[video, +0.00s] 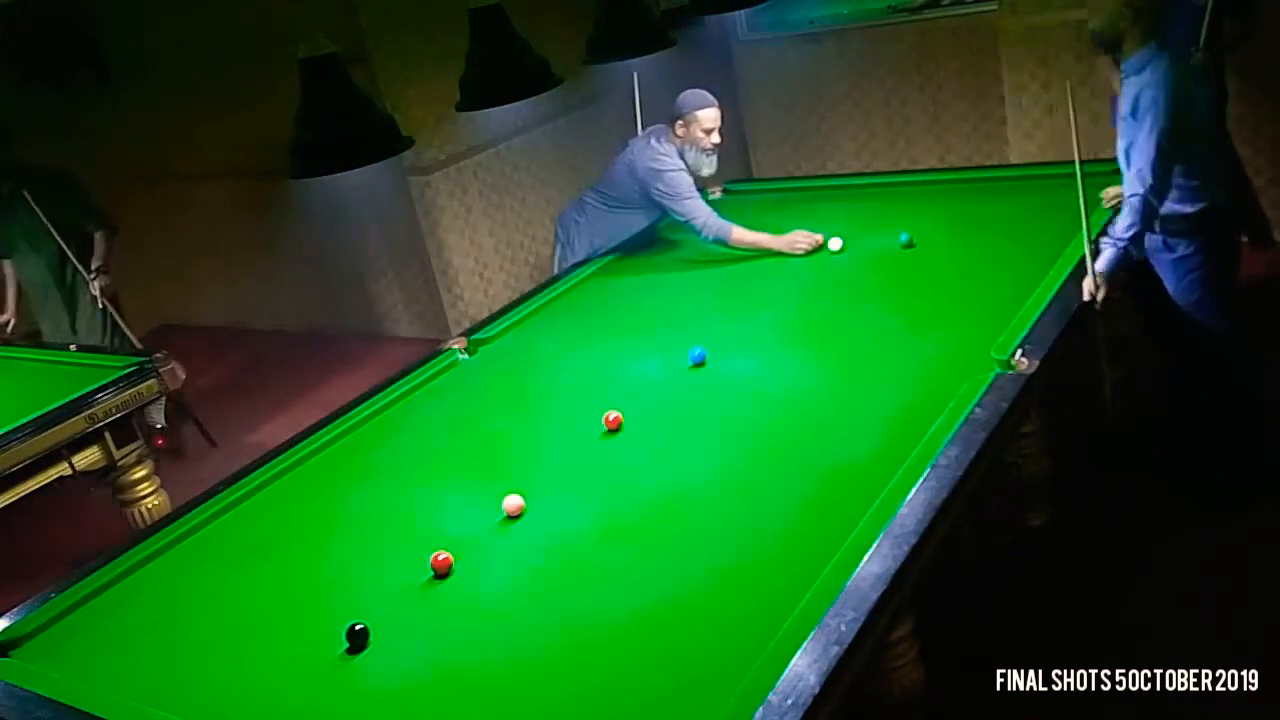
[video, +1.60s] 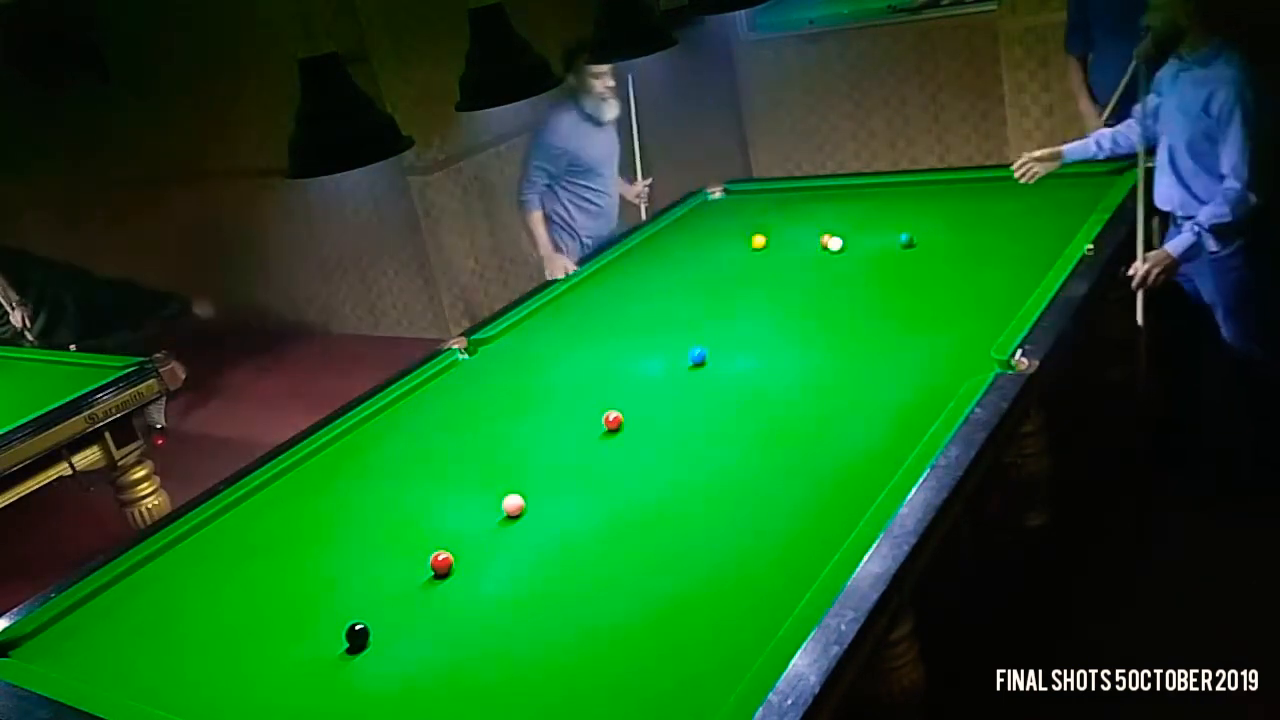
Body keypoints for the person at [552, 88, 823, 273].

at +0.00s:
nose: (716, 141)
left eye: (718, 131)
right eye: (708, 132)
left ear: (683, 129)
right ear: (680, 130)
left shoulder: (670, 136)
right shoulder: (661, 163)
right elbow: (709, 226)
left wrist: (701, 185)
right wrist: (778, 242)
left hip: (625, 232)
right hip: (586, 239)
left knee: (614, 311)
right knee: (577, 318)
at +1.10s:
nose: (709, 130)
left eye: (710, 121)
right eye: (699, 123)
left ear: (674, 121)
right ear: (672, 123)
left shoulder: (663, 136)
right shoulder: (658, 158)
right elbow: (689, 227)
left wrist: (697, 192)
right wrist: (753, 247)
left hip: (621, 231)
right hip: (587, 238)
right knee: (576, 317)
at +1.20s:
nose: (698, 119)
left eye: (699, 110)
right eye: (687, 111)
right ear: (660, 112)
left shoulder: (651, 134)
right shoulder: (646, 148)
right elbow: (662, 223)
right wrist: (720, 253)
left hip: (614, 232)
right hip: (587, 239)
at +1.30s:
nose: (679, 106)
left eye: (680, 96)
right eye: (668, 98)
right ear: (642, 99)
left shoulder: (645, 129)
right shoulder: (629, 136)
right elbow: (620, 211)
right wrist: (668, 255)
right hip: (587, 237)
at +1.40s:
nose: (656, 95)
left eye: (658, 86)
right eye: (645, 88)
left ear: (660, 84)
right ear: (621, 90)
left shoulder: (636, 123)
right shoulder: (605, 130)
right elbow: (578, 201)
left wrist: (640, 189)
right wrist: (618, 255)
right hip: (581, 242)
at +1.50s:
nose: (634, 87)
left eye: (635, 78)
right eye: (622, 80)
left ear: (638, 77)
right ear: (598, 83)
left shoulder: (627, 120)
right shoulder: (580, 128)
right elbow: (551, 196)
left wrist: (631, 190)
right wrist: (572, 250)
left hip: (611, 236)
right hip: (578, 245)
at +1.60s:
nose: (609, 84)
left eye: (610, 75)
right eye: (597, 77)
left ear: (614, 76)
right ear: (574, 81)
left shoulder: (605, 115)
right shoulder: (559, 126)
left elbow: (597, 168)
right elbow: (530, 193)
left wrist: (626, 189)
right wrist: (548, 254)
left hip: (608, 239)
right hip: (575, 253)